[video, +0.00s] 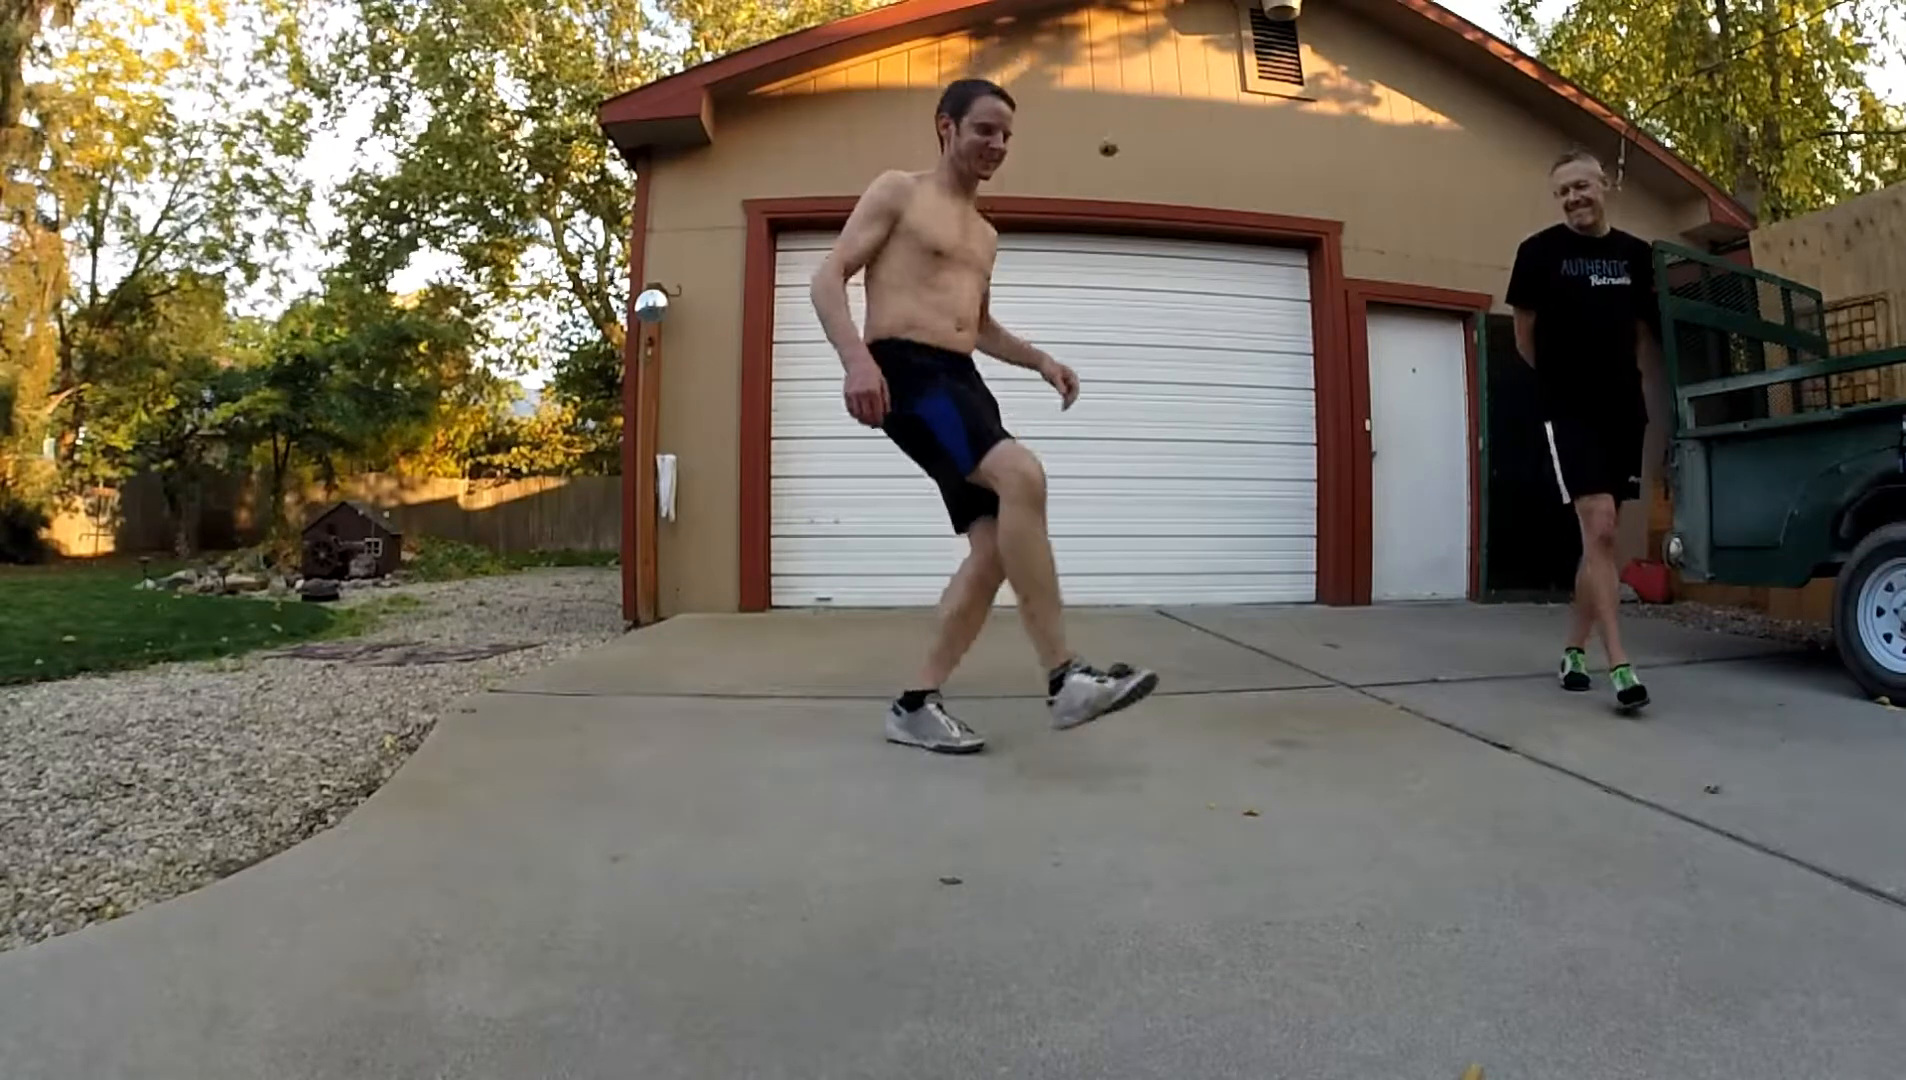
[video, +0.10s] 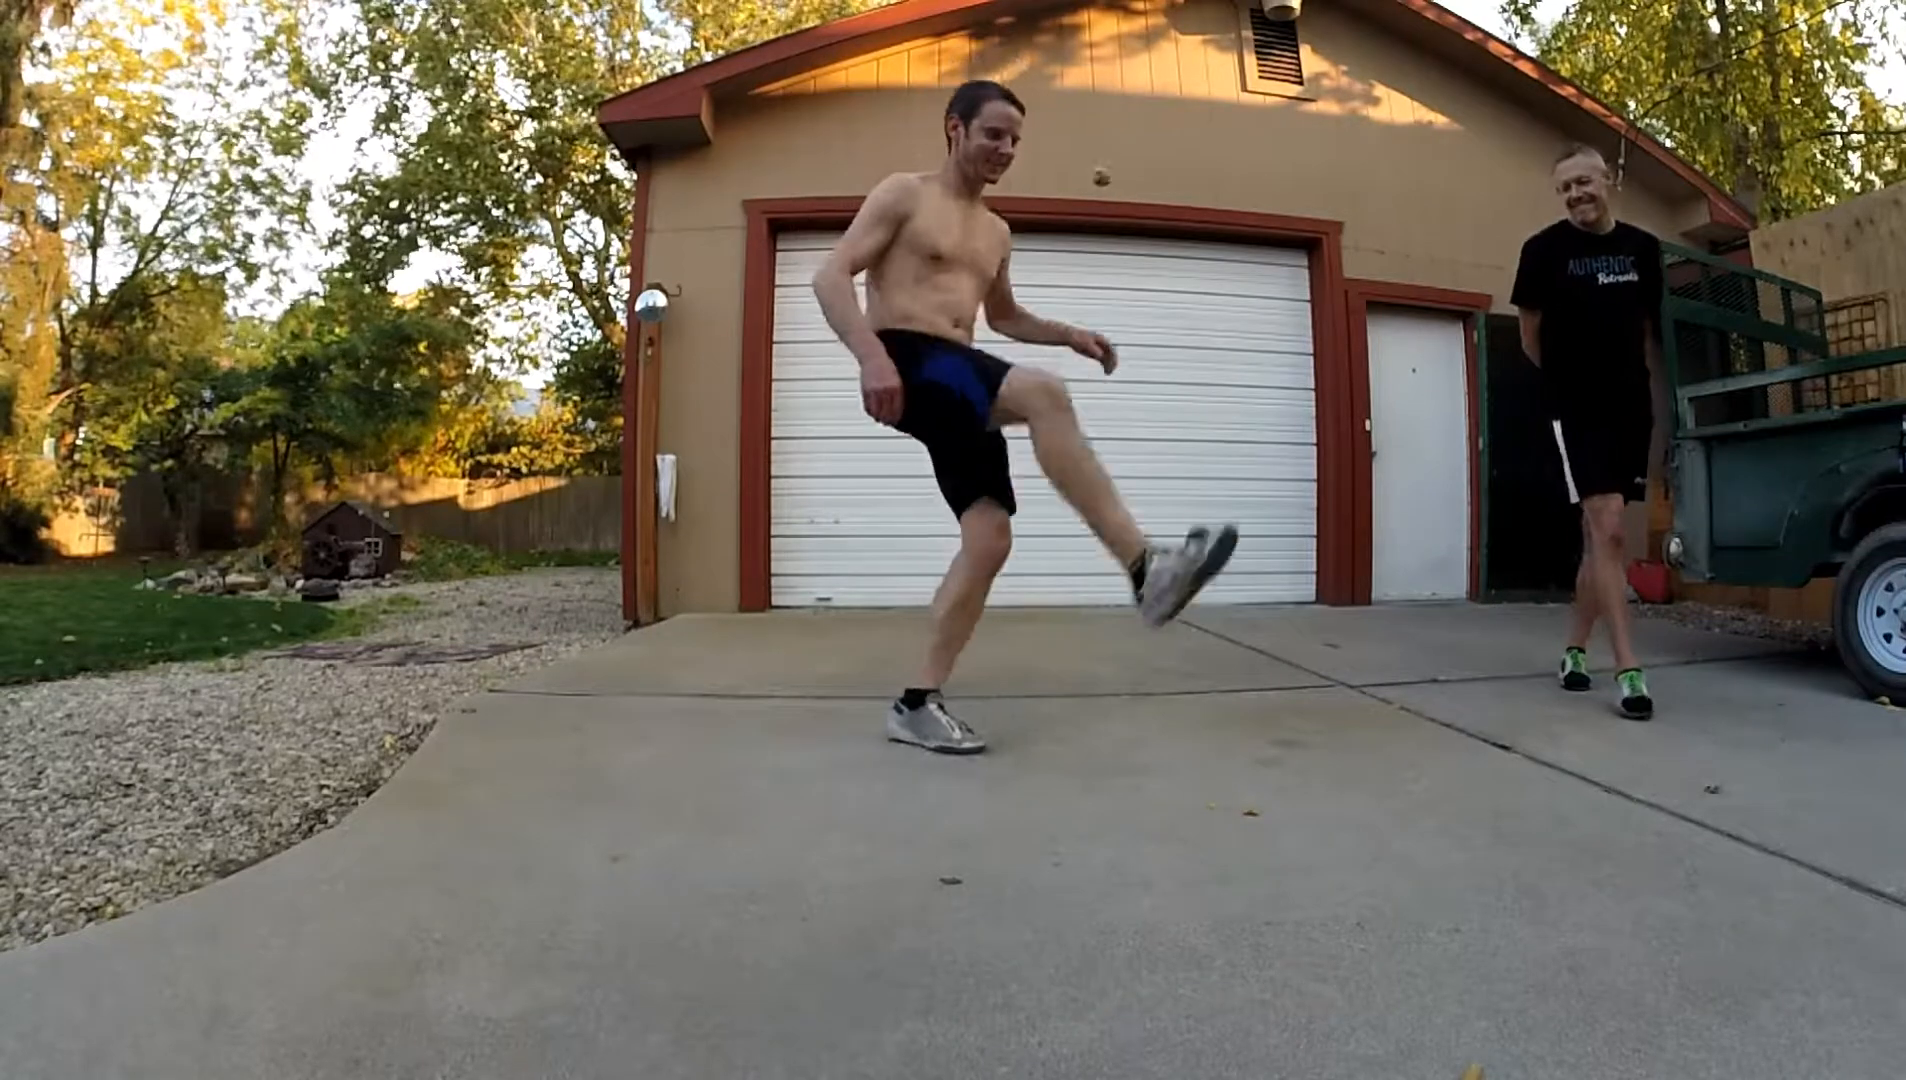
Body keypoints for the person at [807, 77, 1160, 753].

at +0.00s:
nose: (997, 144)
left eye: (1006, 135)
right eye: (985, 130)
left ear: (1009, 143)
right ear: (948, 129)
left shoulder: (984, 235)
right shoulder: (898, 190)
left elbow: (978, 325)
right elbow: (827, 278)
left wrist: (1040, 360)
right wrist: (856, 360)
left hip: (959, 377)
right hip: (906, 368)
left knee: (992, 551)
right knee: (1020, 476)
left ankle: (918, 702)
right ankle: (1063, 680)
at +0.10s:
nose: (1005, 150)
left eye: (1014, 140)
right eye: (994, 134)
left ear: (1017, 146)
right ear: (955, 130)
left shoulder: (995, 232)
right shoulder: (904, 192)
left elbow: (1003, 315)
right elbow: (829, 277)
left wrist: (1070, 335)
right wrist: (869, 354)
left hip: (957, 369)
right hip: (904, 355)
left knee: (987, 538)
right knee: (1042, 393)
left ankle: (918, 702)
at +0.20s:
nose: (1026, 133)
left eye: (1034, 123)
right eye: (1015, 118)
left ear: (1036, 125)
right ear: (974, 110)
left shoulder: (1008, 202)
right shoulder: (922, 169)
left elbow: (986, 284)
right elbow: (851, 246)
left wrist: (1053, 300)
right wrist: (905, 316)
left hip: (959, 357)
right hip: (900, 337)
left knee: (970, 515)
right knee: (1028, 274)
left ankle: (931, 688)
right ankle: (1124, 433)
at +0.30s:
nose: (1032, 120)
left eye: (1040, 111)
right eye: (1022, 105)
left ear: (1043, 116)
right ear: (983, 97)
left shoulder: (1014, 188)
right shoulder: (930, 154)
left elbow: (983, 266)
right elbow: (860, 226)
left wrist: (1036, 296)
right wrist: (919, 279)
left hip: (962, 346)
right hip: (902, 325)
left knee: (977, 498)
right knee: (1025, 278)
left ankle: (954, 671)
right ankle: (1060, 467)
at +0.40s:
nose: (1025, 128)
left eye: (1034, 119)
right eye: (1014, 113)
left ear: (1038, 125)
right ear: (979, 109)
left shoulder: (1014, 202)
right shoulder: (931, 164)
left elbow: (983, 284)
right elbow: (856, 238)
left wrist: (1035, 327)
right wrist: (898, 287)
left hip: (964, 348)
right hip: (912, 333)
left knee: (988, 517)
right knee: (1028, 387)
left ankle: (954, 681)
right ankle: (1026, 580)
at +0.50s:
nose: (1015, 155)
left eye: (1025, 146)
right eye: (1005, 141)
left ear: (1031, 153)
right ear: (972, 138)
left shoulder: (1010, 241)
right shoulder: (927, 195)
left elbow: (988, 332)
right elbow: (850, 271)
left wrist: (1041, 367)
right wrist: (871, 330)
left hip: (973, 378)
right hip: (918, 366)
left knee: (1007, 540)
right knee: (1025, 463)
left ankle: (946, 690)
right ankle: (1030, 657)